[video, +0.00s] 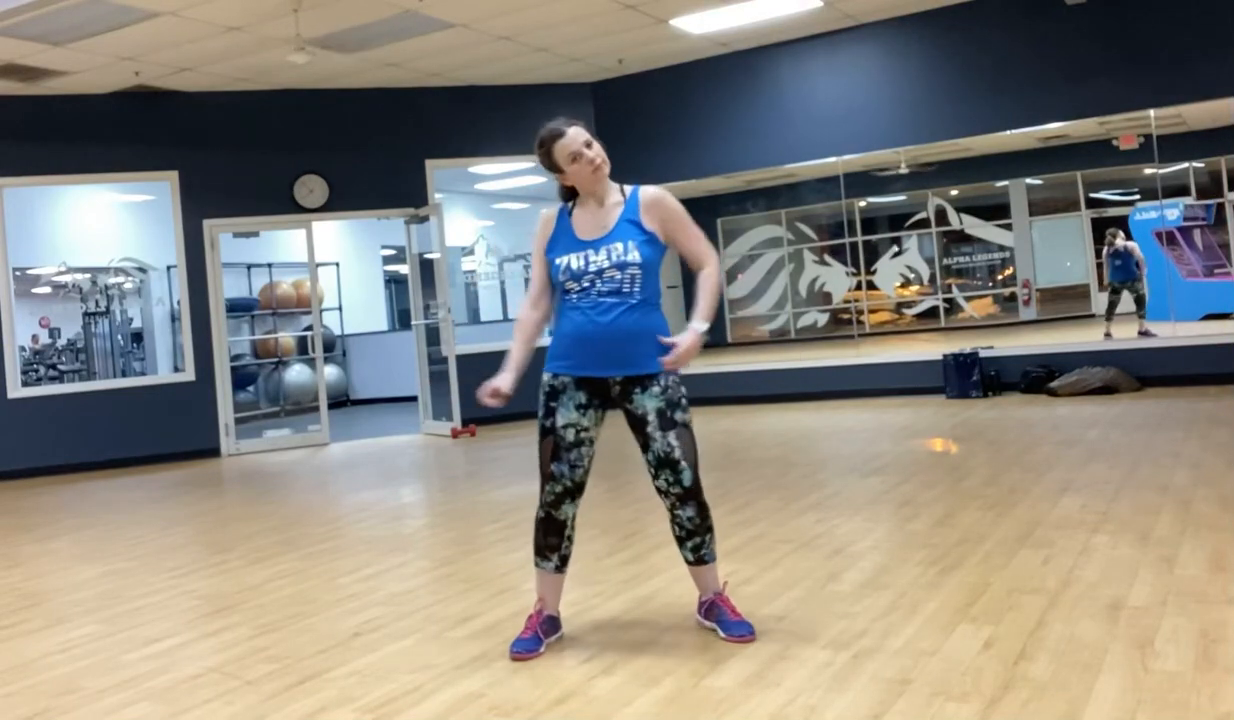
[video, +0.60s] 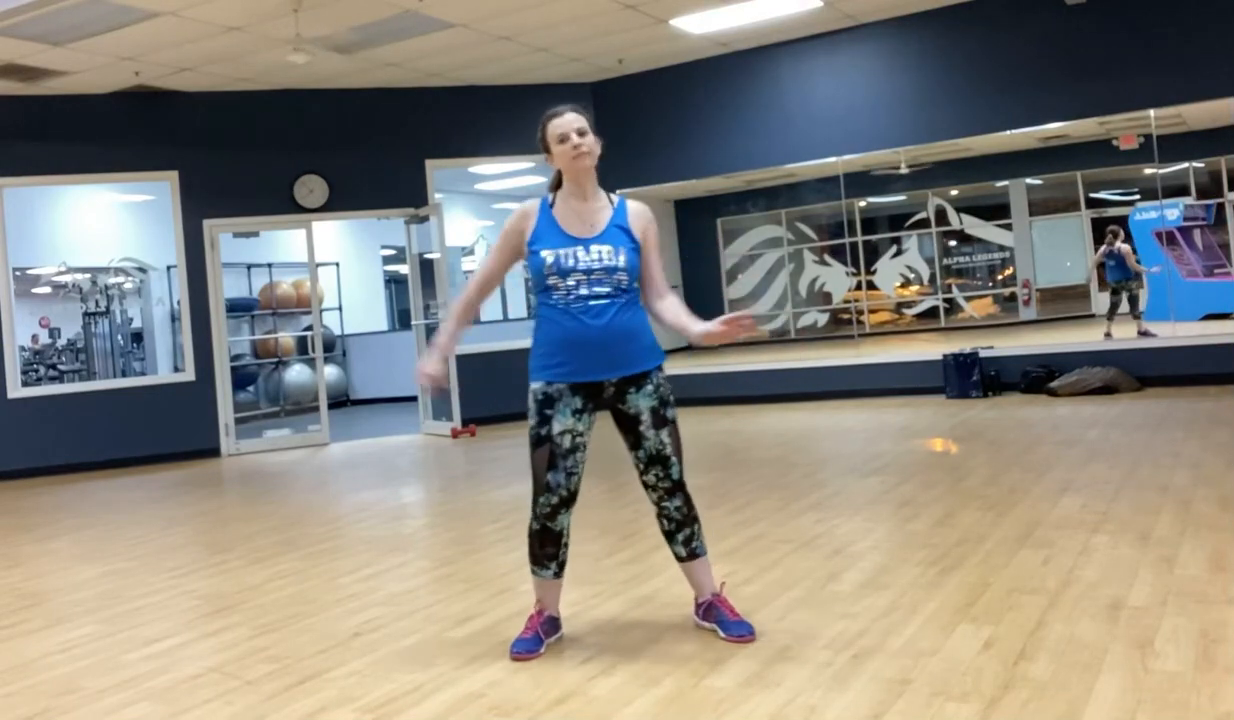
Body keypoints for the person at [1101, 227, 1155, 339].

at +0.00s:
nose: (1123, 234)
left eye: (1121, 233)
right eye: (1121, 233)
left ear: (1110, 237)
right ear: (1119, 235)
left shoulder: (1107, 249)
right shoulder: (1131, 245)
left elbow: (1105, 266)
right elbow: (1140, 259)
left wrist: (1106, 280)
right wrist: (1143, 272)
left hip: (1115, 279)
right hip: (1132, 278)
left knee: (1111, 304)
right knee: (1140, 301)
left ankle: (1107, 330)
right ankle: (1142, 328)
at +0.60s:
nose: (1123, 235)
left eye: (1122, 233)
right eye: (1122, 233)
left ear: (1110, 236)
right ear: (1120, 235)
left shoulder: (1104, 248)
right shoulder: (1125, 248)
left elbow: (1095, 262)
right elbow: (1133, 265)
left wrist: (1090, 275)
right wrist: (1147, 270)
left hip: (1114, 281)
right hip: (1129, 279)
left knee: (1114, 305)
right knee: (1134, 304)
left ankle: (1108, 330)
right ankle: (1141, 328)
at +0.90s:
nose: (1121, 234)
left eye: (1119, 232)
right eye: (1119, 233)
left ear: (1107, 235)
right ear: (1117, 235)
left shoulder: (1102, 247)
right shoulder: (1122, 247)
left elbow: (1089, 256)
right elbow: (1127, 264)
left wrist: (1077, 264)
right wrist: (1135, 275)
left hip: (1109, 280)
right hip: (1124, 279)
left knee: (1111, 304)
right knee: (1134, 301)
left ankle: (1107, 330)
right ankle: (1140, 326)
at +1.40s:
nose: (1129, 234)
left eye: (1128, 232)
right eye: (1127, 233)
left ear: (1117, 237)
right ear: (1124, 236)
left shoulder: (1116, 247)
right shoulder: (1129, 245)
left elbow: (1103, 256)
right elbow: (1128, 259)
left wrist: (1090, 260)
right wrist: (1133, 276)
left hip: (1118, 280)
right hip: (1128, 280)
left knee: (1119, 302)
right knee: (1145, 302)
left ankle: (1101, 322)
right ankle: (1139, 328)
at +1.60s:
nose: (1131, 236)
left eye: (1129, 235)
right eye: (1129, 235)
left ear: (1120, 240)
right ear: (1126, 238)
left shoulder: (1121, 249)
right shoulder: (1127, 248)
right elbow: (1120, 261)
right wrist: (1128, 276)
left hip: (1121, 284)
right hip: (1129, 283)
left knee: (1118, 303)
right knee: (1149, 303)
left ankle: (1098, 323)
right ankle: (1139, 328)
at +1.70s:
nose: (1130, 237)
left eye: (1129, 235)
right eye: (1128, 236)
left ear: (1119, 241)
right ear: (1126, 239)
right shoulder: (1126, 249)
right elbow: (1120, 262)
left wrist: (1163, 257)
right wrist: (1128, 277)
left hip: (1122, 284)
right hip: (1129, 284)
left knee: (1117, 304)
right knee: (1149, 304)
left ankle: (1097, 323)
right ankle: (1139, 328)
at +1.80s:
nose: (1130, 237)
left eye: (1128, 236)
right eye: (1127, 236)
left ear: (1120, 241)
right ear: (1125, 239)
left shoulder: (1129, 250)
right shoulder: (1125, 249)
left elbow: (1146, 249)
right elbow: (1119, 262)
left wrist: (1164, 247)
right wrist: (1128, 278)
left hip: (1124, 284)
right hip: (1129, 284)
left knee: (1117, 304)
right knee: (1150, 304)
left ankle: (1097, 323)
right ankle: (1139, 328)